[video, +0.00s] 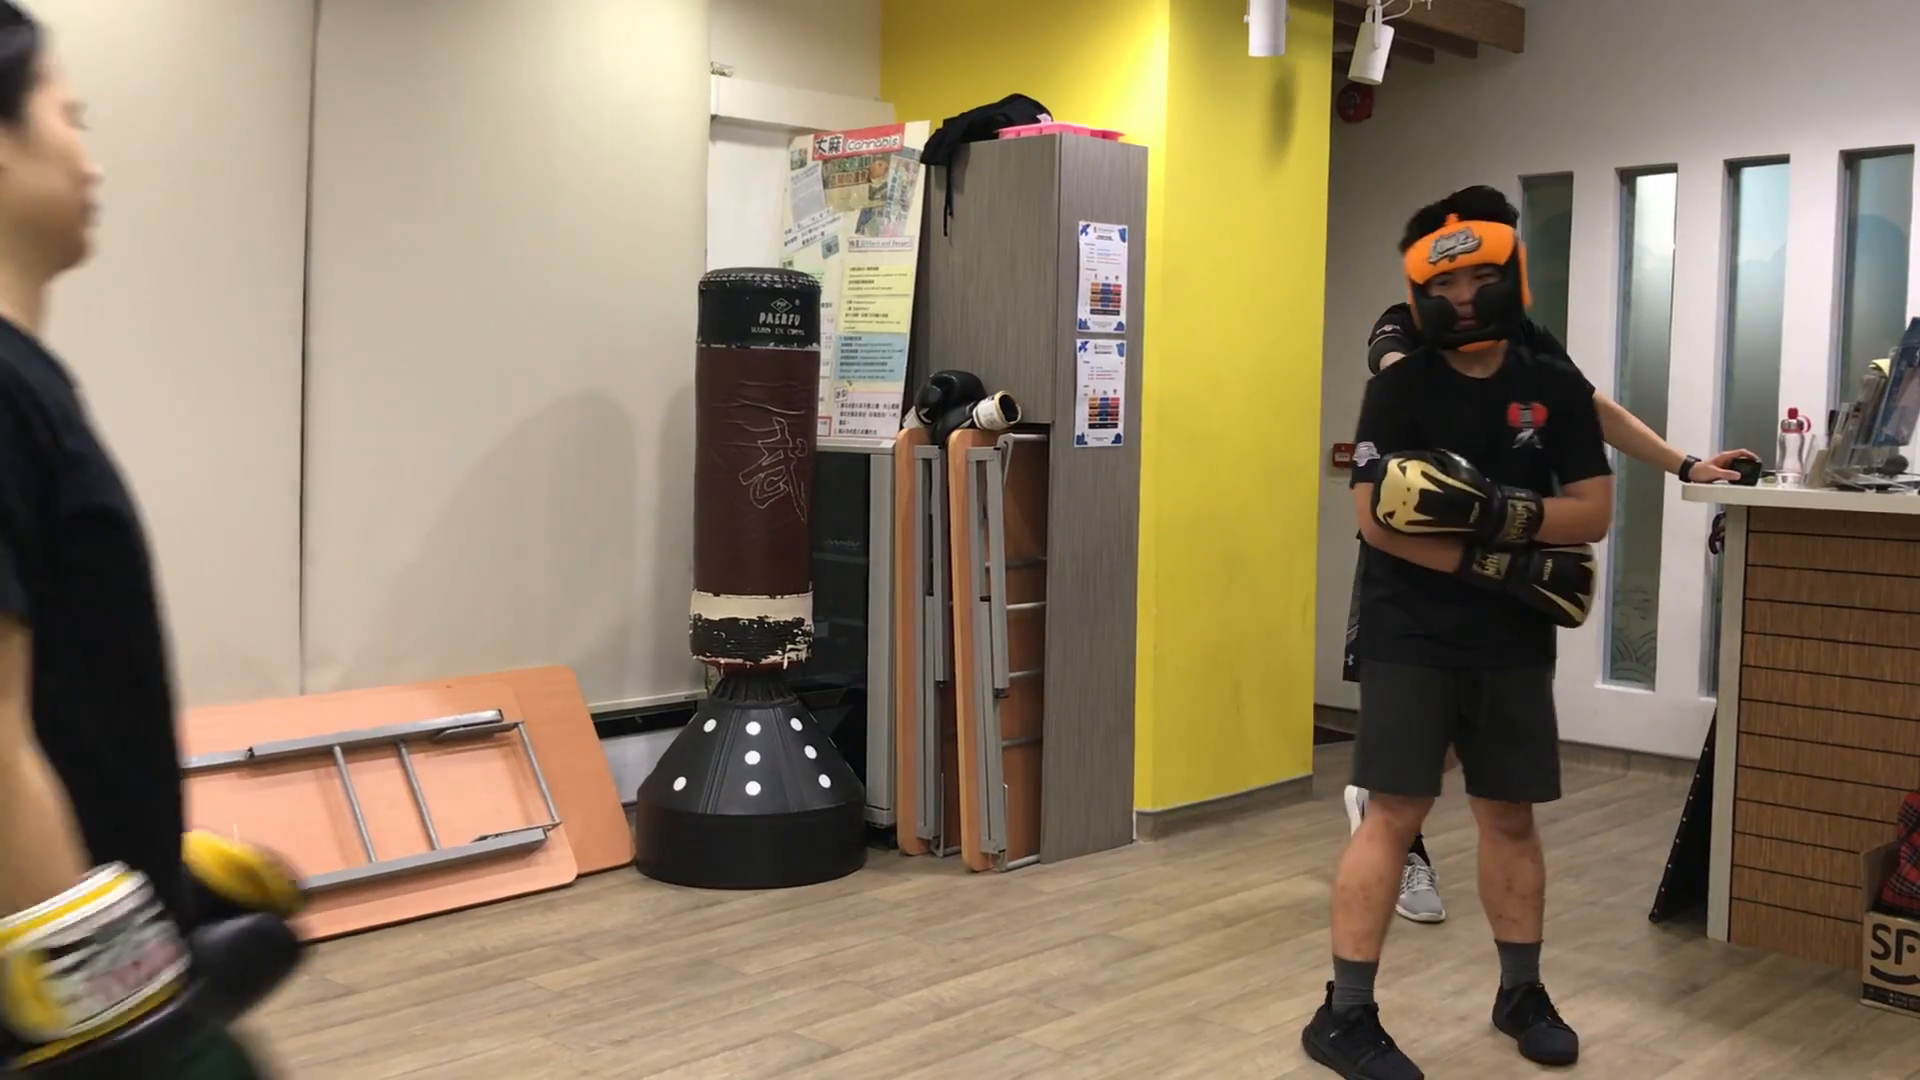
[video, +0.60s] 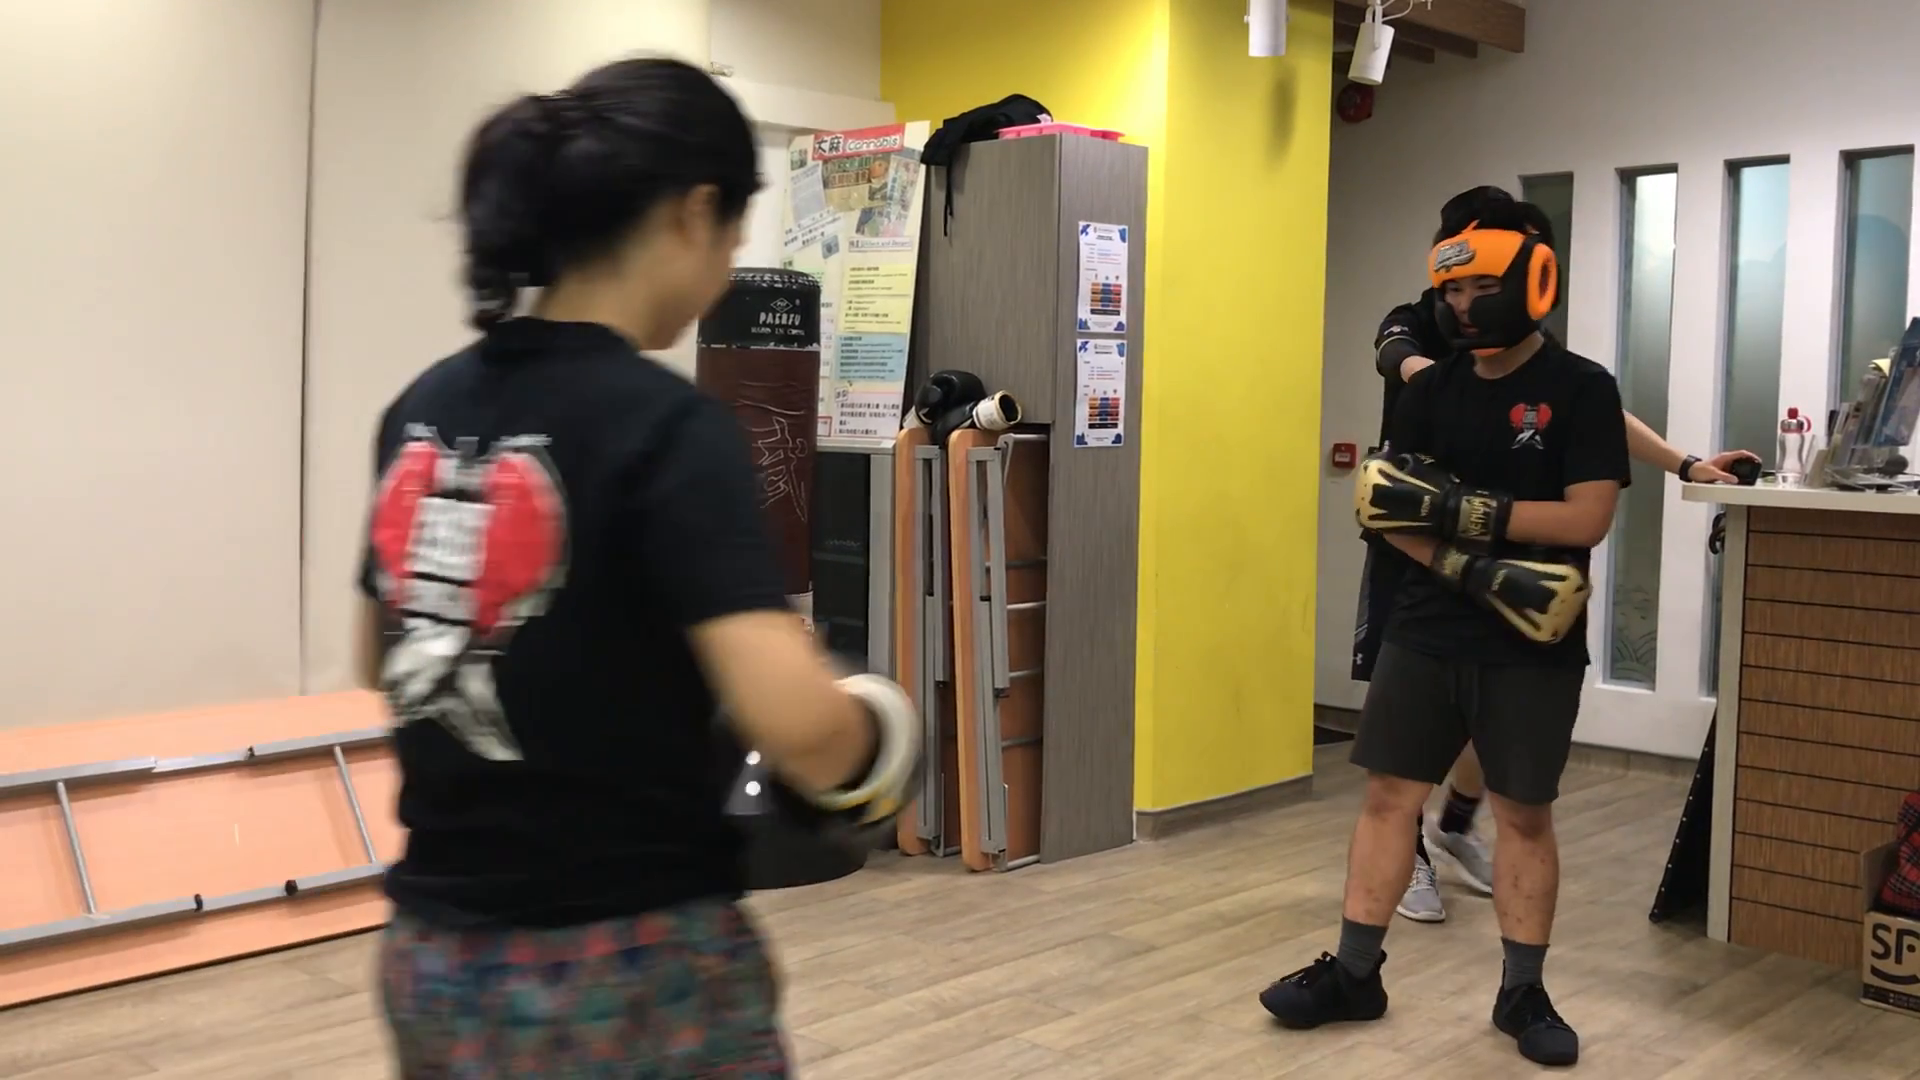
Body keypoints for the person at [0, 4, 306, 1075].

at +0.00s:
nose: (94, 165)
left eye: (80, 122)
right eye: (69, 120)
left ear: (18, 140)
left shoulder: (33, 378)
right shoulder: (10, 385)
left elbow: (52, 710)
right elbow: (1, 742)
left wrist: (168, 855)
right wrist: (114, 1001)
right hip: (68, 1008)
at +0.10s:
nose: (204, 179)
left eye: (198, 140)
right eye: (187, 136)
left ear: (96, 144)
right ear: (94, 142)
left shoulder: (86, 364)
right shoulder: (48, 374)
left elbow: (118, 682)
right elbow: (49, 717)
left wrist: (274, 835)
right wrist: (261, 924)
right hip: (76, 972)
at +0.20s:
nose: (319, 227)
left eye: (322, 188)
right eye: (311, 184)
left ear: (224, 171)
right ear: (225, 169)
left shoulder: (127, 364)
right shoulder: (138, 379)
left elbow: (174, 687)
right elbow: (152, 718)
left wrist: (350, 797)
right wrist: (378, 859)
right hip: (142, 974)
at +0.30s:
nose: (408, 292)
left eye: (422, 256)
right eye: (417, 249)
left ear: (341, 213)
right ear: (343, 212)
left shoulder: (169, 384)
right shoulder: (241, 403)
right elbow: (277, 727)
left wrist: (402, 773)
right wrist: (477, 827)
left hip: (151, 972)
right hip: (247, 999)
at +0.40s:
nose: (519, 301)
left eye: (532, 267)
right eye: (528, 262)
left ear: (354, 230)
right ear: (469, 228)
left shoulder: (250, 419)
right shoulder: (382, 429)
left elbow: (277, 722)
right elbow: (431, 732)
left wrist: (493, 869)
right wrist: (588, 808)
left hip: (220, 978)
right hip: (371, 998)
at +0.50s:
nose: (633, 288)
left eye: (643, 255)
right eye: (641, 251)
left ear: (470, 223)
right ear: (591, 221)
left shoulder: (353, 418)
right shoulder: (529, 430)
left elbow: (401, 699)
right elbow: (616, 736)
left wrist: (628, 803)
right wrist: (740, 779)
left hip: (334, 973)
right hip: (511, 987)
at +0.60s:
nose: (727, 278)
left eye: (734, 245)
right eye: (732, 241)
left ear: (562, 208)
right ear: (692, 213)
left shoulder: (424, 409)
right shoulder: (667, 423)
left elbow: (380, 663)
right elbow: (799, 729)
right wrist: (863, 724)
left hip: (440, 953)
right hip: (640, 961)